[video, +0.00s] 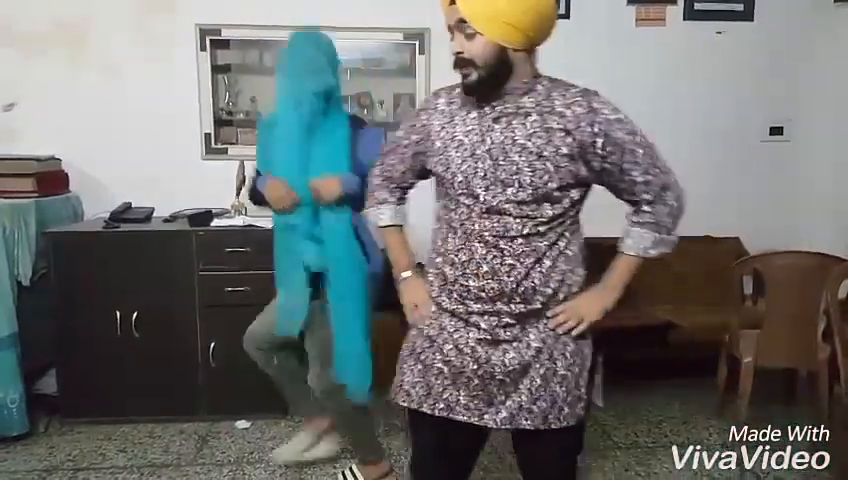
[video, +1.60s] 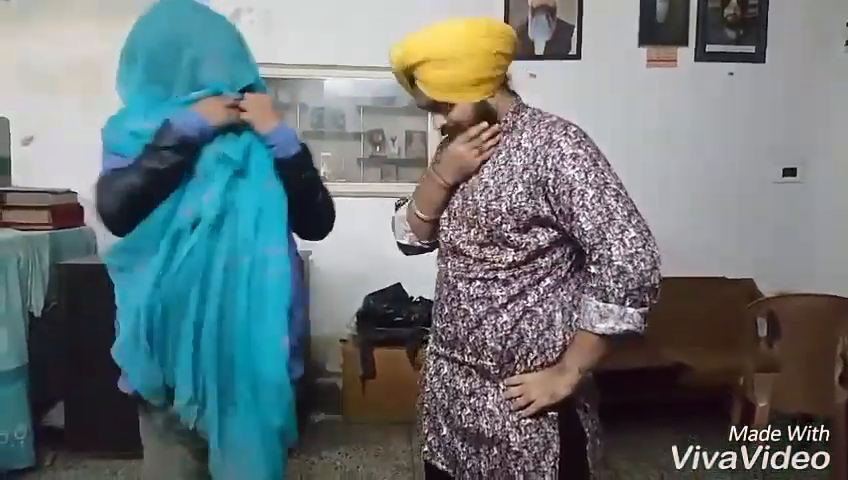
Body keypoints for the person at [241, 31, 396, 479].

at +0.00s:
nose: (301, 85)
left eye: (310, 74)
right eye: (294, 75)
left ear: (328, 74)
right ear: (283, 76)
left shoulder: (356, 132)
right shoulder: (277, 131)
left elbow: (391, 184)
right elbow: (257, 181)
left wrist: (348, 186)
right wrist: (266, 188)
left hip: (346, 272)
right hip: (302, 273)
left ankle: (376, 466)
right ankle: (318, 427)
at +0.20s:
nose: (255, 74)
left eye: (263, 63)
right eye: (246, 64)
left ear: (278, 62)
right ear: (232, 64)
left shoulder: (302, 113)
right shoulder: (220, 112)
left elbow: (349, 165)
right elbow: (192, 167)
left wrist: (299, 168)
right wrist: (235, 167)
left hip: (293, 257)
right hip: (241, 258)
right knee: (281, 363)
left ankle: (333, 437)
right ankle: (282, 452)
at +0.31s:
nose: (233, 73)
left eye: (242, 63)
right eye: (224, 63)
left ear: (258, 59)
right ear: (211, 61)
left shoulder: (286, 111)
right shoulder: (198, 108)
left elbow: (329, 169)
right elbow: (174, 169)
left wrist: (289, 172)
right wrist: (219, 168)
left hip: (276, 254)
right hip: (220, 255)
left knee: (229, 372)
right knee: (244, 363)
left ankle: (286, 456)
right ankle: (275, 453)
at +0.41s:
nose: (217, 91)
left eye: (226, 81)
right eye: (208, 81)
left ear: (245, 77)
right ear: (196, 78)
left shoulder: (275, 127)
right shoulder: (183, 122)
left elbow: (314, 184)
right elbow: (156, 184)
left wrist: (267, 182)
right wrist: (192, 173)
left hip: (257, 270)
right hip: (195, 269)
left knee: (222, 381)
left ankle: (234, 470)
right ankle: (241, 422)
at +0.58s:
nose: (193, 122)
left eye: (203, 111)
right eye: (185, 110)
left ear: (225, 109)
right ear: (176, 107)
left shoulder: (257, 159)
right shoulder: (166, 157)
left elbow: (291, 223)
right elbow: (139, 226)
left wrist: (228, 203)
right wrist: (165, 207)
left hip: (240, 313)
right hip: (178, 308)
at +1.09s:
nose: (175, 137)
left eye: (188, 124)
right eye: (162, 125)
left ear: (208, 117)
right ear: (141, 117)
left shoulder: (234, 175)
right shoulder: (127, 177)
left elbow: (276, 247)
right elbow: (92, 253)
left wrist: (228, 179)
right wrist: (131, 179)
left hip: (221, 370)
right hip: (140, 364)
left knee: (198, 470)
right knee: (113, 470)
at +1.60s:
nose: (215, 100)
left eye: (227, 85)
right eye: (194, 86)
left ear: (243, 76)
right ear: (159, 77)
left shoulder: (260, 139)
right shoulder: (132, 135)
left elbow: (317, 223)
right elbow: (116, 213)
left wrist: (279, 134)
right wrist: (188, 127)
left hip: (259, 367)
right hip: (166, 368)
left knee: (253, 469)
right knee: (170, 468)